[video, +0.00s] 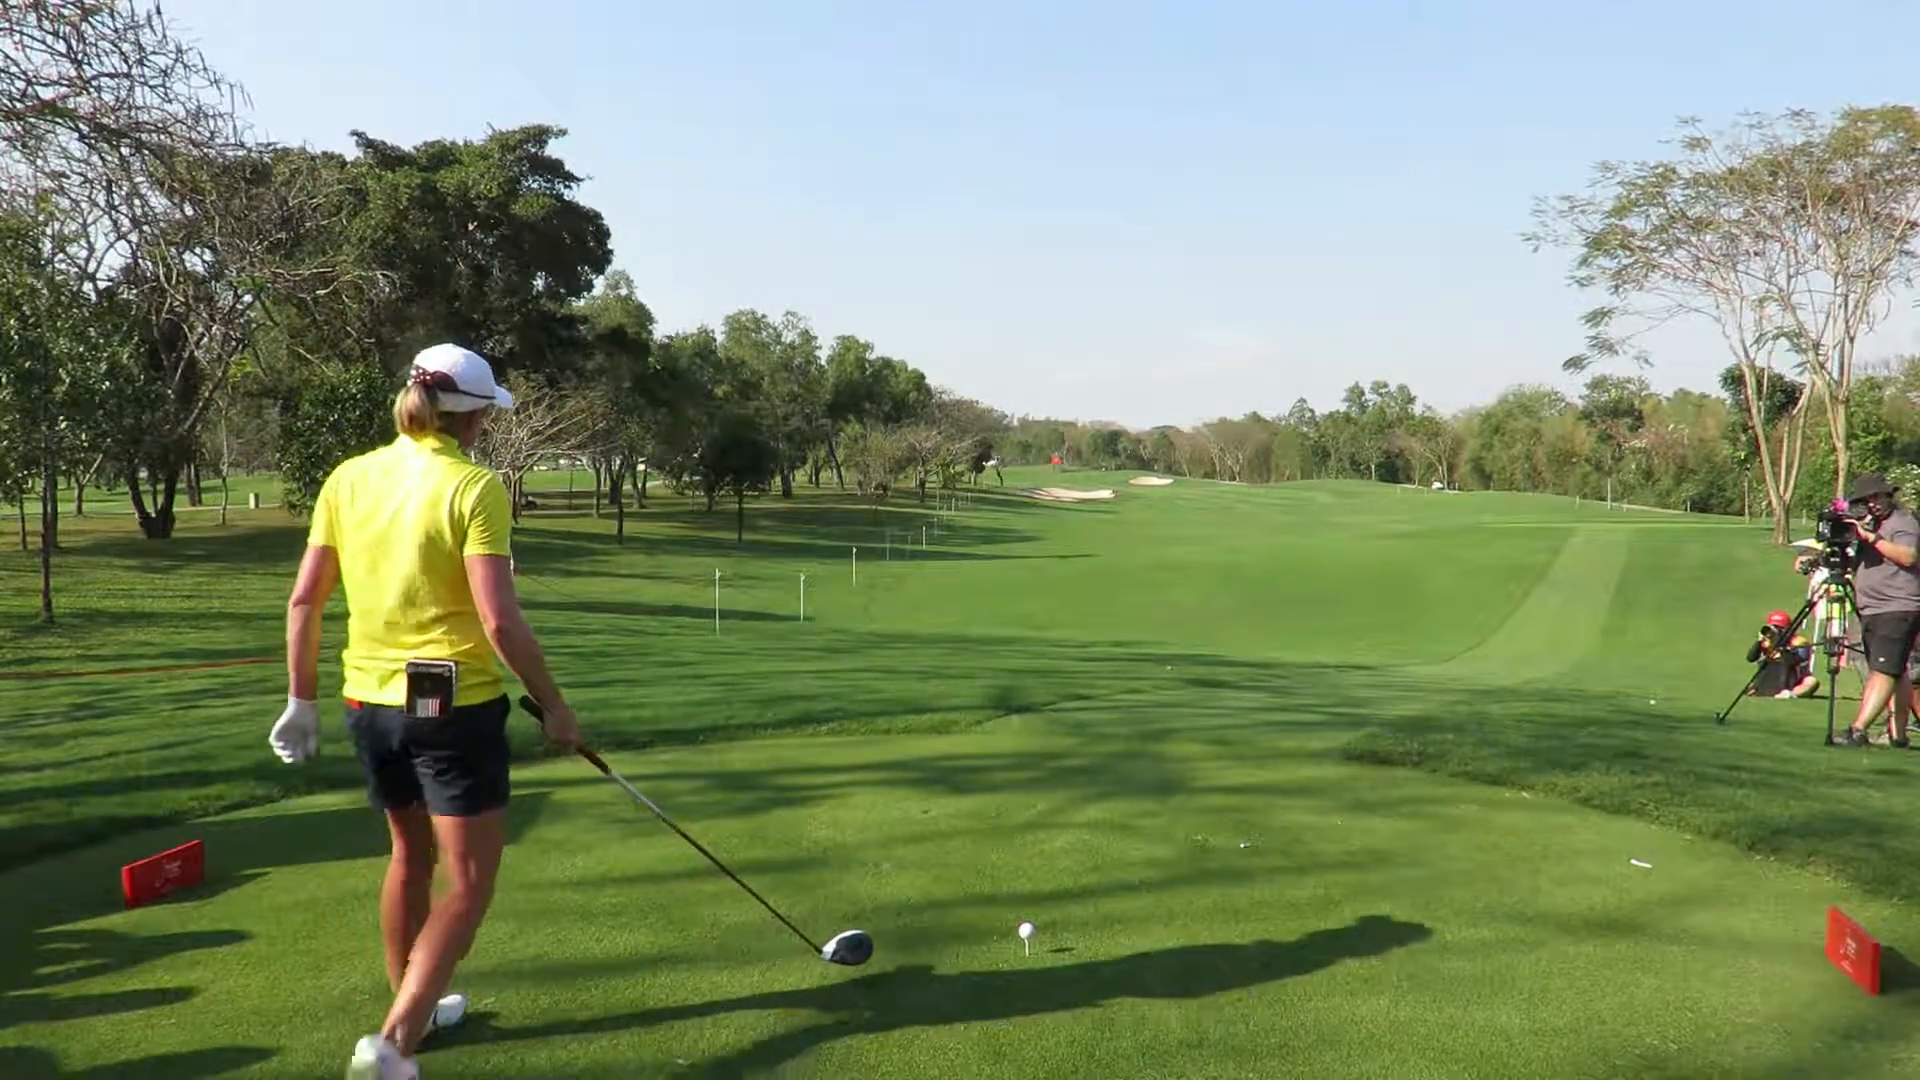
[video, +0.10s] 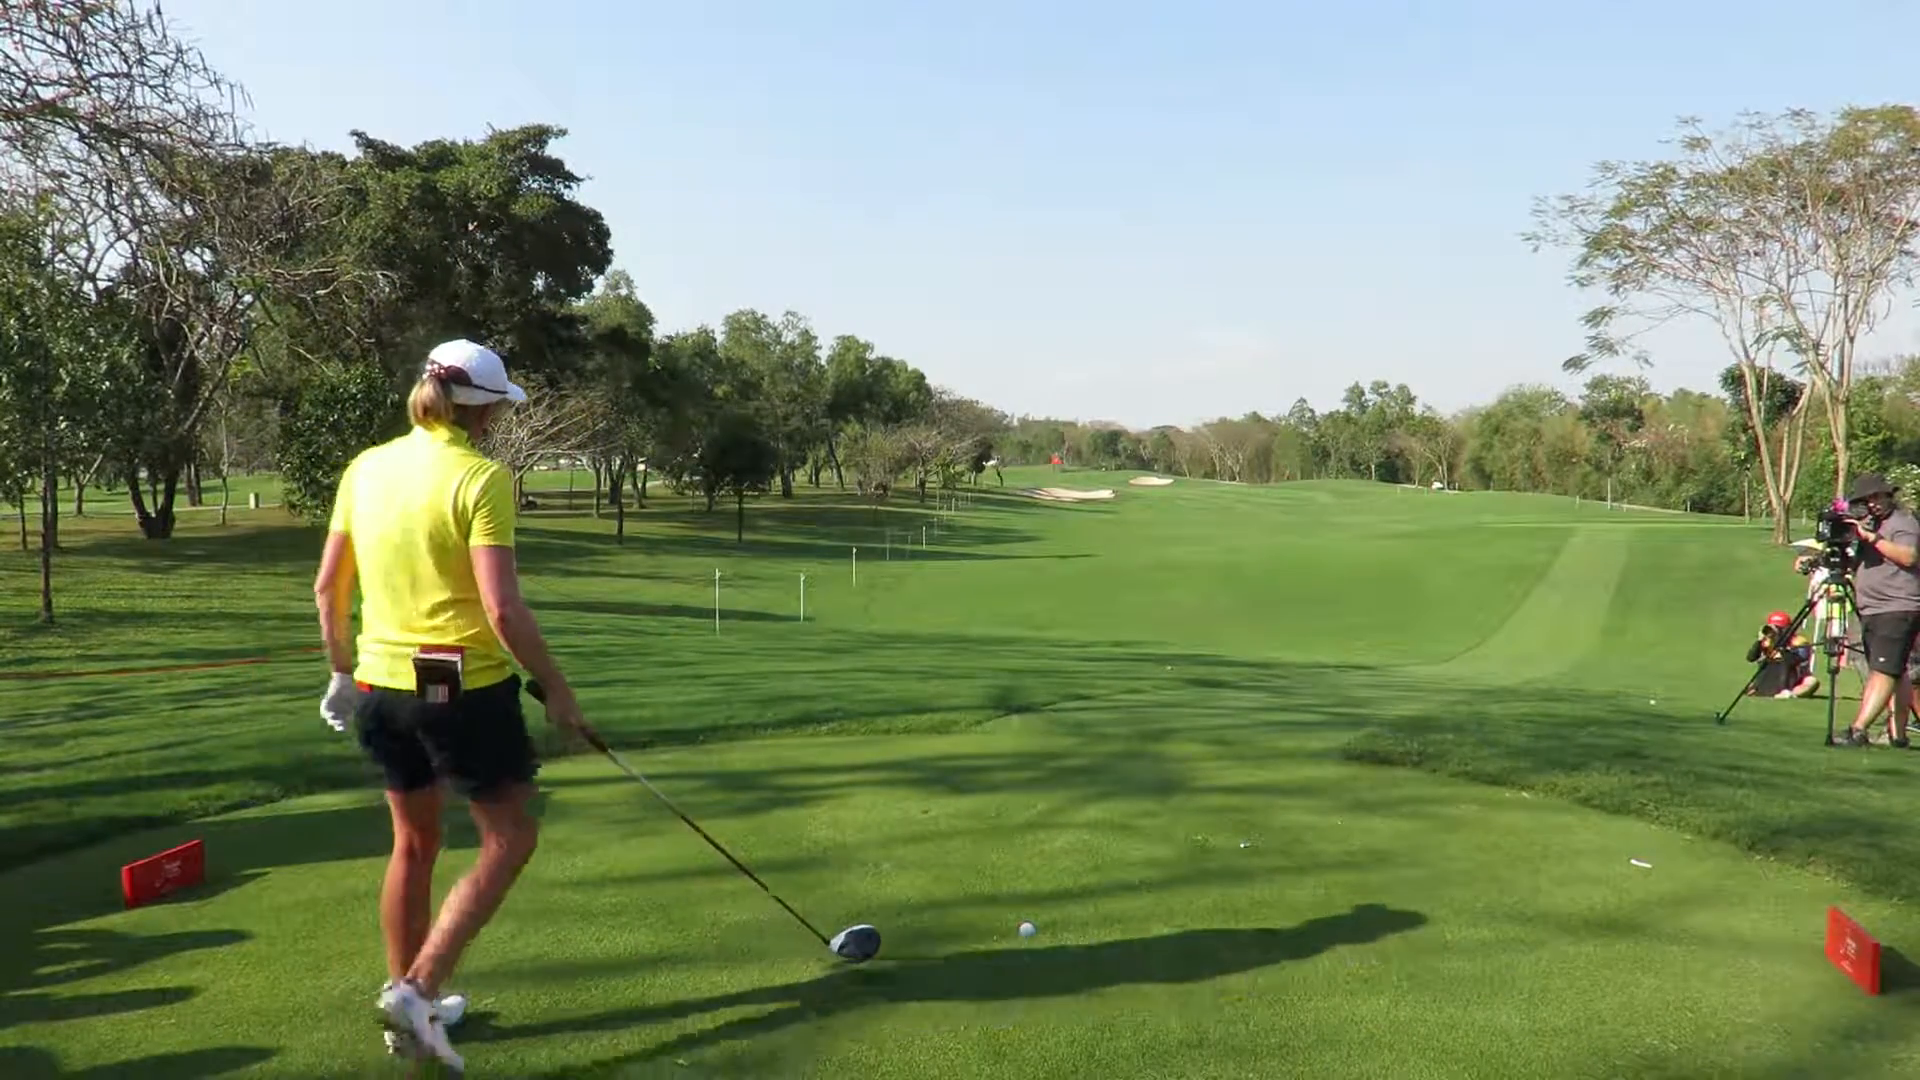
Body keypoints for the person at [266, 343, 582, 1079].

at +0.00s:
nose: (488, 426)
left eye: (488, 414)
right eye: (484, 414)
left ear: (412, 407)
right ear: (466, 414)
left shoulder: (346, 479)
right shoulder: (471, 485)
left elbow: (304, 601)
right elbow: (499, 622)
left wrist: (299, 696)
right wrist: (555, 706)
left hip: (372, 709)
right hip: (456, 712)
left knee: (407, 852)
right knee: (468, 885)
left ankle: (412, 1004)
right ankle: (393, 1043)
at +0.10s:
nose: (498, 421)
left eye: (499, 409)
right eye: (494, 409)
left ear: (428, 400)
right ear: (469, 406)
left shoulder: (363, 468)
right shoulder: (479, 476)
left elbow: (329, 587)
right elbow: (503, 609)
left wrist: (345, 672)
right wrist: (558, 693)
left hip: (384, 689)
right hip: (465, 692)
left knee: (412, 839)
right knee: (511, 835)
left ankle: (414, 1002)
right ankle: (419, 987)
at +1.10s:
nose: (679, 446)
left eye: (682, 436)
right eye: (673, 434)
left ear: (648, 425)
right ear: (639, 423)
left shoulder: (631, 474)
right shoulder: (602, 479)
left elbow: (620, 576)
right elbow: (601, 591)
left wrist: (650, 632)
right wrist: (667, 645)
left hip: (622, 639)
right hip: (582, 642)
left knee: (638, 764)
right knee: (602, 783)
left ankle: (638, 893)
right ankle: (579, 932)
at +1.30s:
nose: (699, 442)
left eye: (703, 431)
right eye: (693, 429)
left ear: (680, 422)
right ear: (663, 418)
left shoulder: (665, 468)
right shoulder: (616, 474)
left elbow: (645, 545)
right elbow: (608, 580)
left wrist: (668, 585)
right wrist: (673, 637)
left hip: (640, 626)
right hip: (594, 626)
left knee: (646, 754)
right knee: (619, 761)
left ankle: (641, 887)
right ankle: (587, 907)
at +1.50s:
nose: (711, 432)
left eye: (715, 422)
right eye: (705, 419)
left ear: (693, 411)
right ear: (674, 406)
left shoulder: (677, 456)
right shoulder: (627, 458)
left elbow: (654, 528)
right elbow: (610, 557)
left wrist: (677, 570)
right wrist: (668, 623)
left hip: (646, 613)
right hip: (598, 614)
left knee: (651, 735)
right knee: (610, 747)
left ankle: (643, 872)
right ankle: (592, 893)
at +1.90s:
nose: (715, 418)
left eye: (719, 408)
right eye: (710, 406)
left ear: (694, 397)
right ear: (678, 392)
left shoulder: (680, 442)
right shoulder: (632, 441)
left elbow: (661, 522)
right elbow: (629, 552)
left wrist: (684, 570)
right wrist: (691, 610)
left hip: (650, 599)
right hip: (604, 600)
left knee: (648, 730)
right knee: (627, 739)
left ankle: (643, 856)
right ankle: (620, 884)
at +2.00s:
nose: (716, 416)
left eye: (720, 406)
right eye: (710, 404)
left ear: (692, 395)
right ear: (679, 391)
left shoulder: (677, 440)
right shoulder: (636, 443)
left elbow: (658, 526)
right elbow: (638, 554)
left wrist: (684, 574)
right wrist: (702, 613)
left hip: (648, 596)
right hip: (603, 600)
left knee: (664, 720)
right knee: (624, 736)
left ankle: (643, 853)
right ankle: (620, 884)